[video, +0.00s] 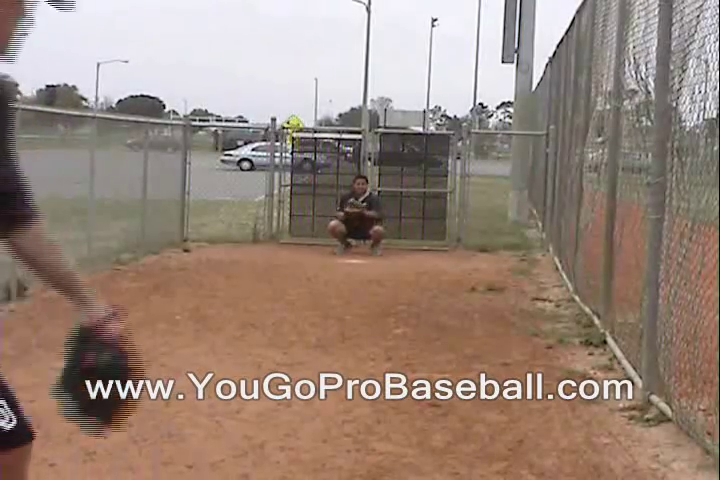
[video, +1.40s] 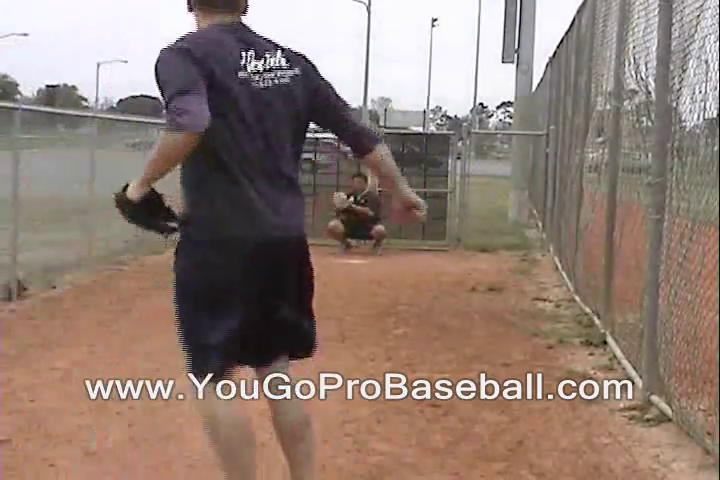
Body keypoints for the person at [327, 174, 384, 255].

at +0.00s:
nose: (360, 187)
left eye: (363, 184)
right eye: (358, 184)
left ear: (367, 186)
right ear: (353, 186)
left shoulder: (372, 199)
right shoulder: (346, 198)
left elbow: (379, 215)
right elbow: (338, 214)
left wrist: (364, 212)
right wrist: (346, 214)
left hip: (366, 227)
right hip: (350, 227)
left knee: (378, 230)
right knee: (333, 226)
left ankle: (374, 246)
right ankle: (345, 244)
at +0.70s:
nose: (360, 187)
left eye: (362, 184)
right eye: (358, 184)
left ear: (366, 186)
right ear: (353, 186)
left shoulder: (373, 198)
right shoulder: (346, 198)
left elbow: (377, 215)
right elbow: (338, 214)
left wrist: (364, 203)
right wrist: (349, 209)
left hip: (367, 227)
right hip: (350, 226)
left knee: (379, 229)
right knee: (333, 225)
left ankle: (376, 245)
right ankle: (346, 245)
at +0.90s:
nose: (357, 187)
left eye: (360, 185)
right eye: (355, 185)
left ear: (364, 187)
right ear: (351, 186)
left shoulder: (371, 197)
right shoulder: (346, 197)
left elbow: (371, 205)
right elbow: (338, 213)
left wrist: (357, 203)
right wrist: (350, 211)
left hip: (367, 227)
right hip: (350, 227)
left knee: (379, 229)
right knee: (334, 225)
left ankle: (377, 245)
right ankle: (346, 244)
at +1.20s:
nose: (356, 188)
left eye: (359, 185)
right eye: (354, 185)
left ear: (364, 186)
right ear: (351, 187)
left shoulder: (371, 198)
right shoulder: (347, 199)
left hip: (367, 229)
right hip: (350, 227)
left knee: (378, 230)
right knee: (332, 225)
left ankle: (377, 244)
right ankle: (346, 244)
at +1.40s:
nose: (357, 185)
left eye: (360, 182)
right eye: (355, 182)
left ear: (365, 184)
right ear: (352, 183)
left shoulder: (372, 196)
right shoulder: (349, 196)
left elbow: (371, 212)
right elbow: (338, 214)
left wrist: (351, 207)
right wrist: (340, 206)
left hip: (366, 225)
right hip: (350, 224)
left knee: (380, 230)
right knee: (332, 227)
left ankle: (377, 245)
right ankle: (346, 244)